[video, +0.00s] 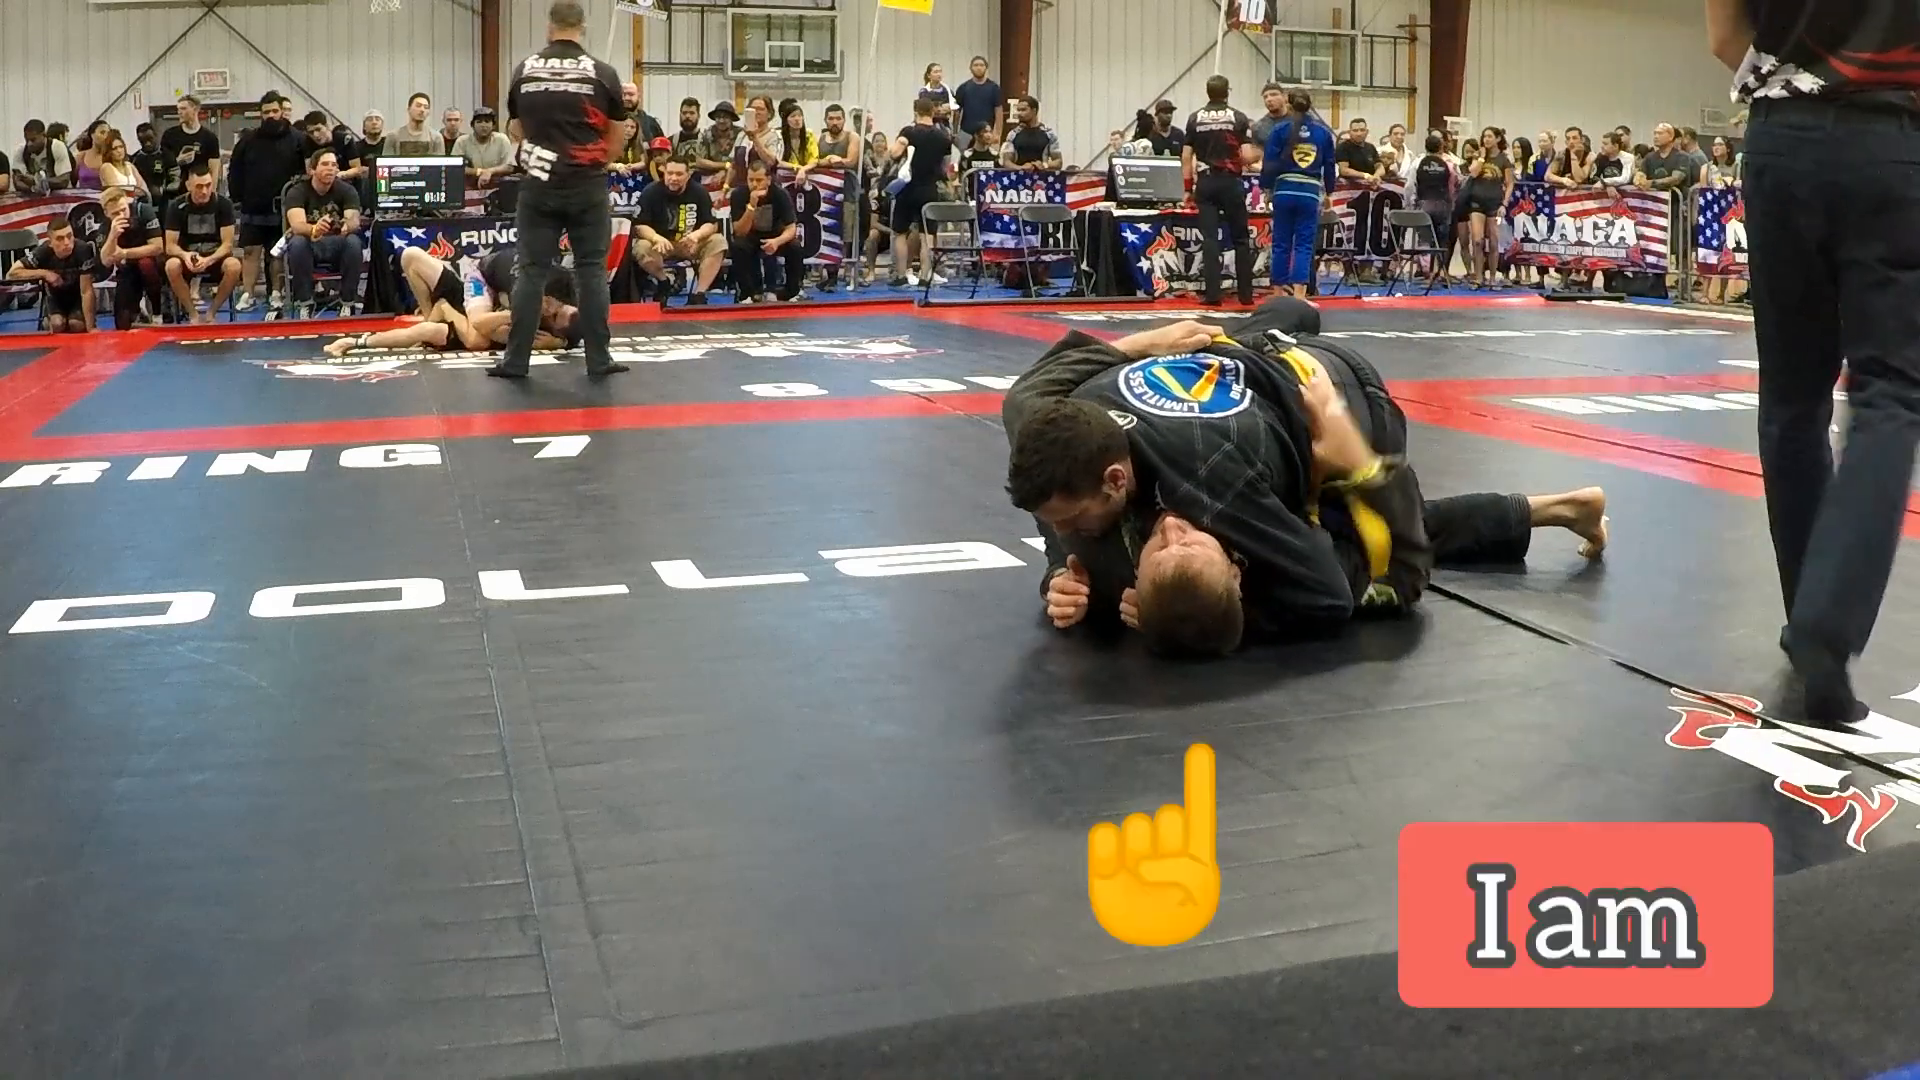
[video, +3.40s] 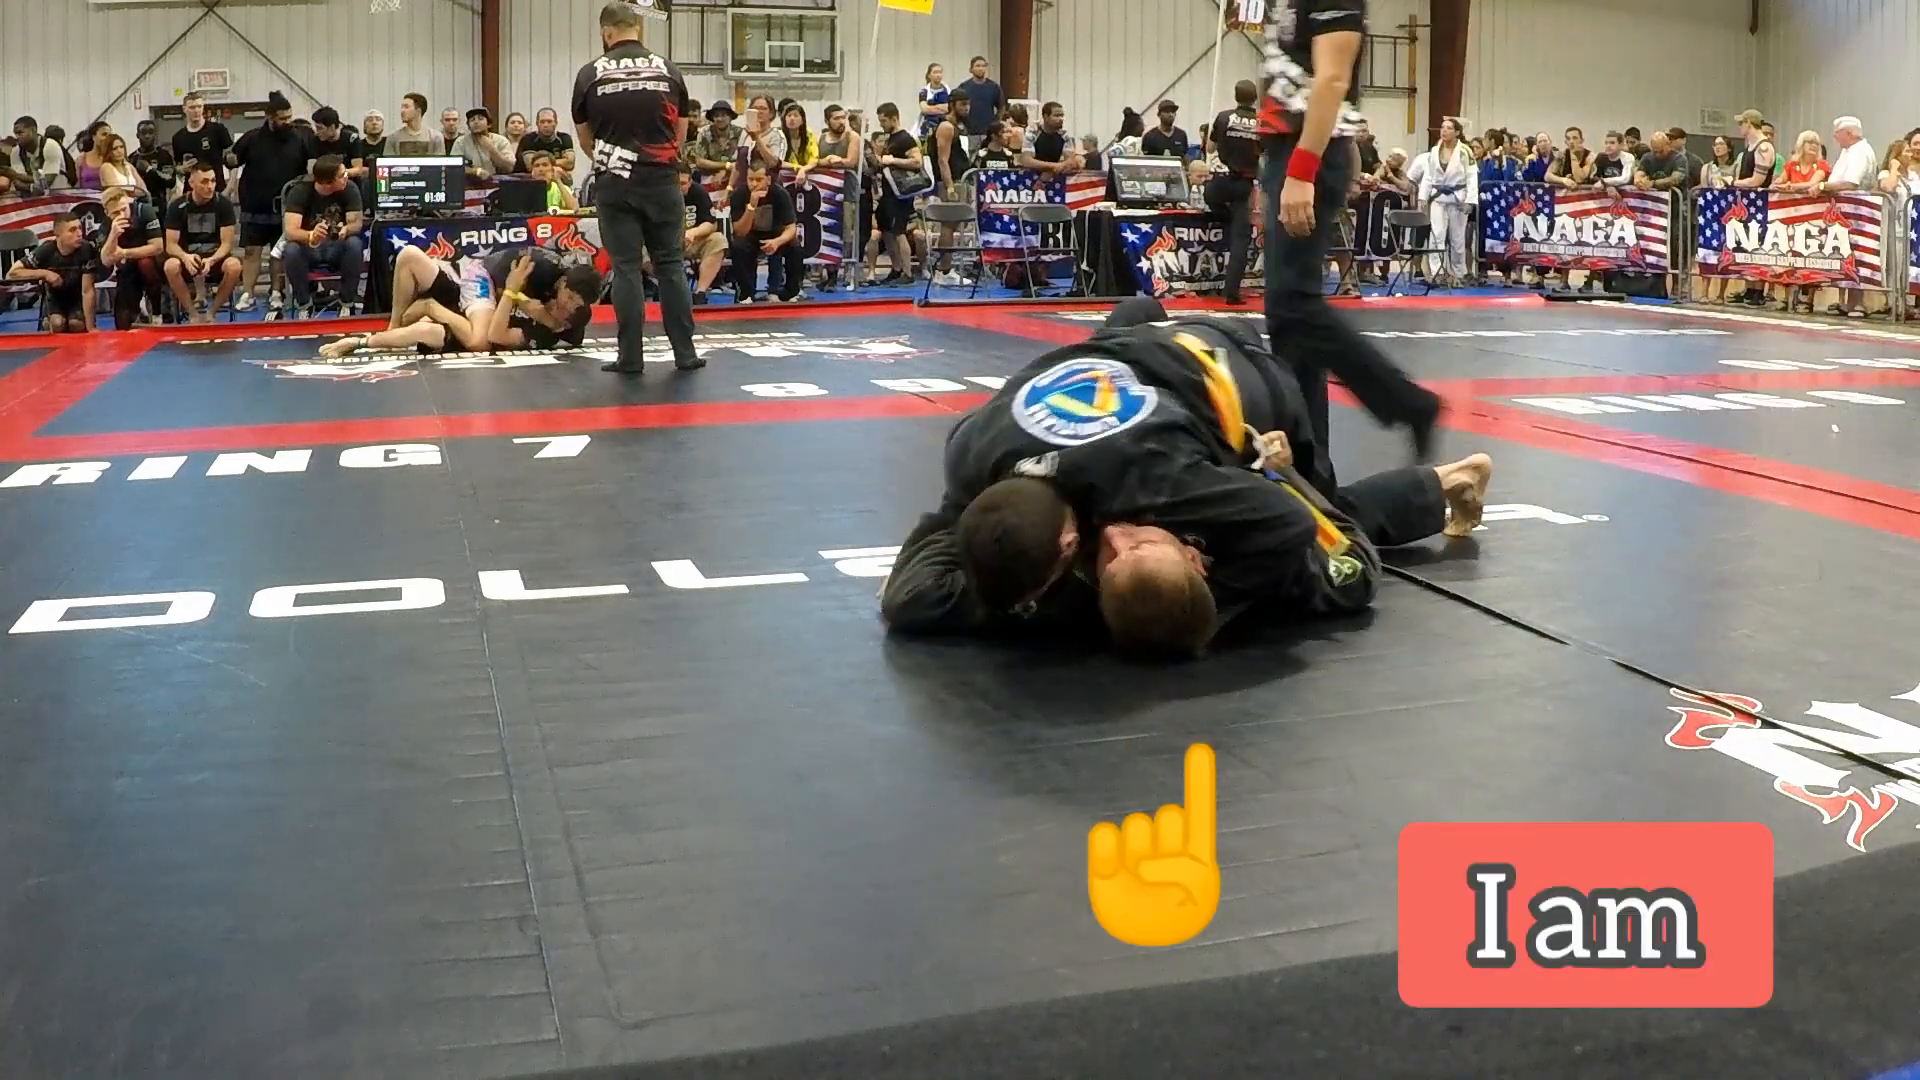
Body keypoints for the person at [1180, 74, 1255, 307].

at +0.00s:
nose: (1225, 94)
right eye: (1226, 90)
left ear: (1207, 93)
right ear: (1227, 93)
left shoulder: (1194, 119)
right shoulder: (1239, 118)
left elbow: (1186, 157)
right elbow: (1248, 156)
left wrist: (1188, 189)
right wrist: (1236, 160)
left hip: (1205, 180)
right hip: (1231, 181)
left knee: (1209, 239)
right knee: (1241, 238)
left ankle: (1212, 295)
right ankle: (1245, 295)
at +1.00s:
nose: (1226, 96)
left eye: (1225, 93)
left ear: (1226, 95)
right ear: (1245, 96)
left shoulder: (1214, 117)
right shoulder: (1256, 119)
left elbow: (1204, 155)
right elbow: (1250, 149)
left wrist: (1197, 185)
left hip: (1218, 178)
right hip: (1242, 180)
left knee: (1230, 233)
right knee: (1238, 237)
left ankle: (1233, 285)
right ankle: (1232, 292)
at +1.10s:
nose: (1223, 98)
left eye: (1224, 95)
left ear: (1226, 96)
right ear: (1245, 96)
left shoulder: (1214, 119)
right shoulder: (1256, 120)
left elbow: (1205, 157)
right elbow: (1251, 148)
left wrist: (1197, 186)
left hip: (1218, 179)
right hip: (1242, 181)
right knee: (1237, 238)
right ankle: (1231, 292)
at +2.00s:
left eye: (1236, 93)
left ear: (1232, 96)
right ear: (1251, 97)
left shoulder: (1221, 119)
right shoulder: (1261, 121)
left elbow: (1210, 155)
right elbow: (1259, 151)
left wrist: (1199, 170)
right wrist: (1246, 165)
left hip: (1220, 178)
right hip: (1244, 182)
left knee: (1210, 198)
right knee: (1238, 239)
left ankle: (1227, 222)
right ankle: (1231, 292)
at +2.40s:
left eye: (1232, 95)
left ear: (1231, 97)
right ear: (1250, 97)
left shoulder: (1220, 120)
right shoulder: (1262, 120)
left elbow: (1204, 148)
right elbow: (1259, 145)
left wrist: (1204, 135)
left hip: (1224, 180)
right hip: (1247, 183)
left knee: (1208, 197)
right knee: (1241, 239)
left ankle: (1230, 223)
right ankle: (1232, 293)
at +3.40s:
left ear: (1235, 97)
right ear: (1255, 98)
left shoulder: (1223, 117)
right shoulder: (1261, 120)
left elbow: (1211, 146)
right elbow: (1263, 148)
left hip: (1223, 176)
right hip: (1245, 179)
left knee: (1211, 198)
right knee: (1241, 237)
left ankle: (1230, 219)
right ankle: (1231, 292)